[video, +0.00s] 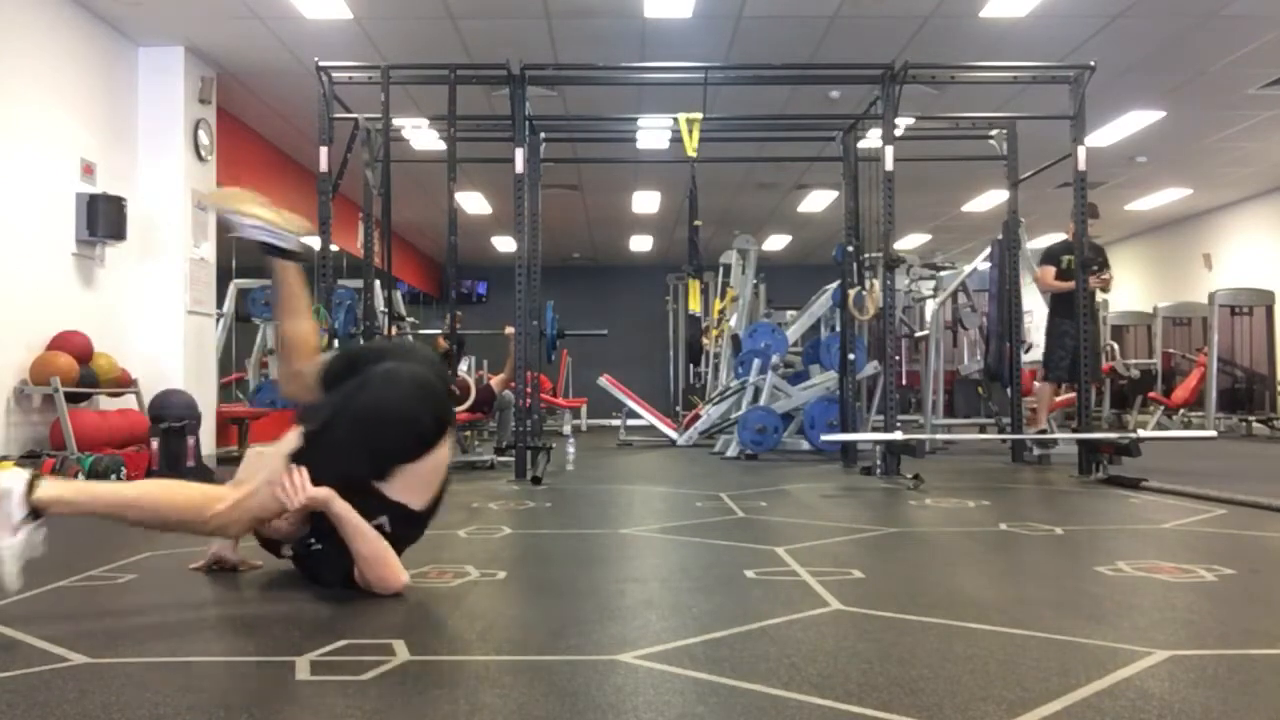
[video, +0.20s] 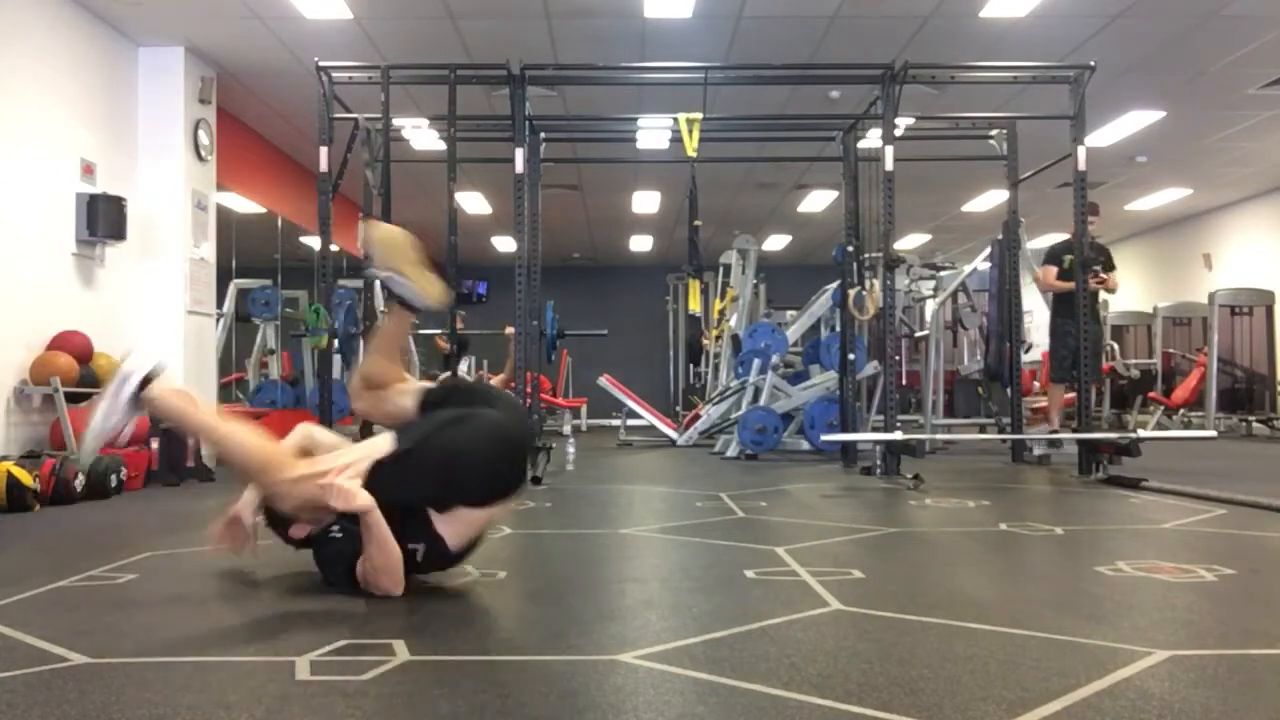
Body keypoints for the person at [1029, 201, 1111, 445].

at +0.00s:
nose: (1086, 228)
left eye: (1090, 224)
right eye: (1082, 223)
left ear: (1094, 225)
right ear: (1071, 223)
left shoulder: (1097, 252)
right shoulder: (1055, 251)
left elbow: (1106, 282)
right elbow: (1045, 283)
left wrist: (1103, 281)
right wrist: (1080, 283)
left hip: (1088, 319)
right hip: (1062, 319)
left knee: (1088, 374)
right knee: (1053, 374)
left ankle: (1085, 423)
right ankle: (1041, 424)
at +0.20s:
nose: (1088, 228)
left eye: (1092, 223)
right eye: (1084, 223)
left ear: (1098, 224)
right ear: (1074, 222)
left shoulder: (1102, 252)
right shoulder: (1058, 250)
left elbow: (1113, 285)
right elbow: (1047, 283)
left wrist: (1105, 282)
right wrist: (1079, 284)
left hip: (1091, 320)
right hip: (1064, 320)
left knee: (1089, 376)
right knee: (1059, 376)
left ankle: (1086, 424)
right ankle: (1054, 427)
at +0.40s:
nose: (1083, 223)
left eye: (1087, 218)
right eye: (1079, 218)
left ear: (1093, 220)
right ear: (1072, 219)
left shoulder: (1101, 251)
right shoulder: (1057, 250)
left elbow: (1110, 284)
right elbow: (1044, 282)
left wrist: (1100, 283)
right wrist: (1075, 284)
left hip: (1091, 319)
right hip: (1064, 319)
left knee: (1090, 375)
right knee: (1059, 375)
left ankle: (1086, 424)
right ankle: (1054, 427)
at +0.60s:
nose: (1078, 224)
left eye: (1083, 218)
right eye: (1074, 218)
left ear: (1090, 221)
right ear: (1067, 221)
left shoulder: (1100, 251)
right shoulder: (1054, 251)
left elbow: (1111, 284)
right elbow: (1043, 285)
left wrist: (1098, 283)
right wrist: (1072, 286)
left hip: (1091, 320)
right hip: (1063, 321)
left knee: (1090, 376)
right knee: (1058, 377)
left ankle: (1087, 424)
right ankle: (1054, 428)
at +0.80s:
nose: (1077, 223)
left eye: (1082, 218)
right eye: (1072, 218)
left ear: (1089, 220)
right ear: (1065, 221)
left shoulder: (1098, 250)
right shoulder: (1053, 252)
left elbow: (1110, 284)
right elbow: (1042, 285)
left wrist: (1098, 284)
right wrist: (1068, 288)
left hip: (1090, 320)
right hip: (1063, 321)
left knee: (1090, 375)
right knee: (1058, 376)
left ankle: (1087, 424)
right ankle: (1054, 427)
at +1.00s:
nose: (1076, 222)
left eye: (1081, 217)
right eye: (1072, 218)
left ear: (1087, 220)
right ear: (1064, 220)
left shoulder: (1097, 250)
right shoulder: (1053, 251)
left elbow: (1111, 284)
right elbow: (1036, 283)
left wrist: (1100, 279)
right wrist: (1057, 292)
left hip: (1090, 320)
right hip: (1062, 321)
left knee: (1090, 376)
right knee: (1058, 376)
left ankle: (1087, 424)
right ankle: (1054, 428)